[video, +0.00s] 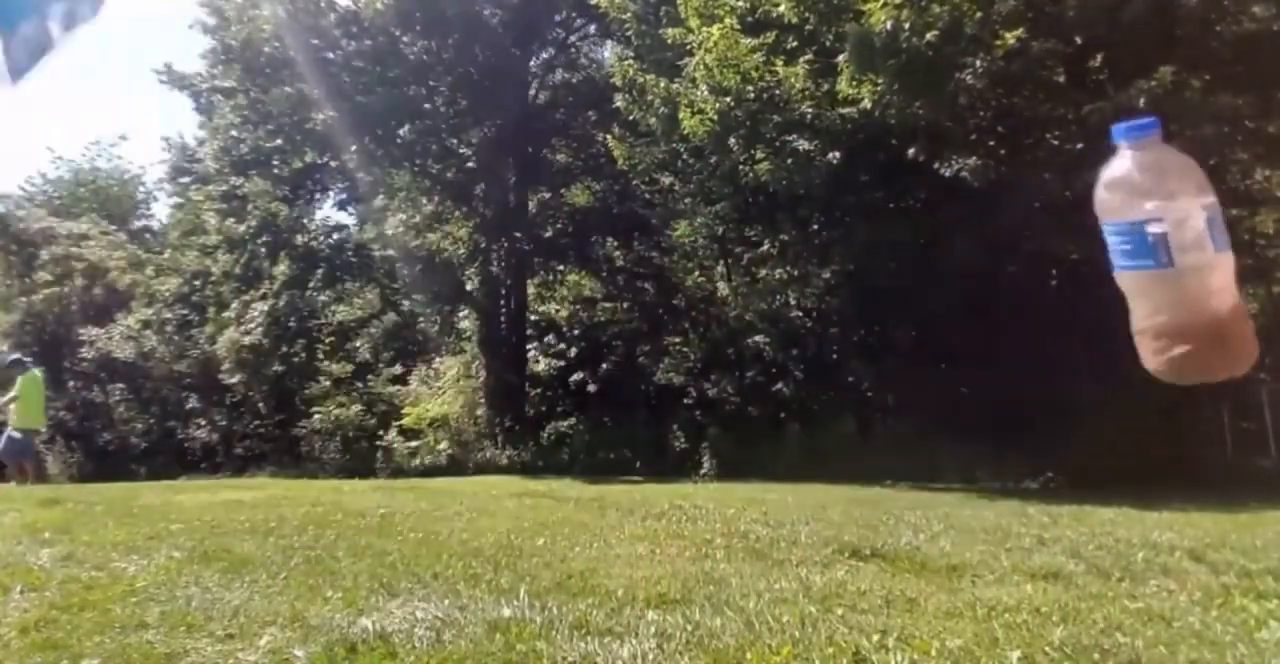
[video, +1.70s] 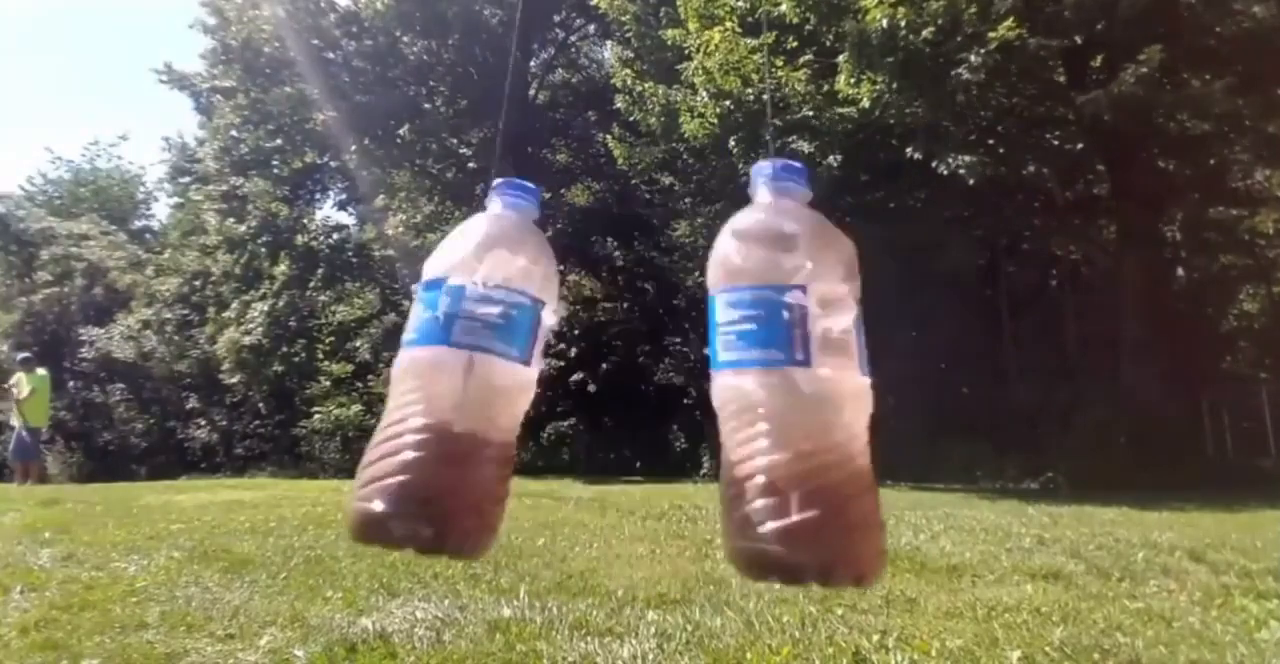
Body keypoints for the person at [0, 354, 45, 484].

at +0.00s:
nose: (14, 372)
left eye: (14, 368)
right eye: (12, 369)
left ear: (20, 366)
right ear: (26, 365)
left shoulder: (23, 378)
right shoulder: (37, 376)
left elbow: (15, 395)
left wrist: (3, 403)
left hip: (20, 424)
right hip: (34, 424)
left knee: (6, 452)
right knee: (27, 455)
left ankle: (20, 479)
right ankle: (31, 480)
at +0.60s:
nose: (16, 369)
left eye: (17, 366)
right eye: (15, 366)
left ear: (21, 365)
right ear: (30, 362)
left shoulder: (22, 377)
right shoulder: (40, 375)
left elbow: (19, 395)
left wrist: (4, 411)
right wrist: (7, 401)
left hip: (20, 423)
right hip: (34, 423)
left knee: (14, 454)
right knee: (30, 455)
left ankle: (19, 483)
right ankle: (31, 483)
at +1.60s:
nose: (25, 368)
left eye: (26, 365)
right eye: (22, 365)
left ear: (32, 363)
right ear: (20, 366)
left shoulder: (40, 375)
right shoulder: (21, 375)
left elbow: (31, 393)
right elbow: (9, 387)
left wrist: (17, 405)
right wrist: (15, 396)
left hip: (34, 422)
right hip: (21, 421)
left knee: (33, 454)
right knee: (15, 453)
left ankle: (33, 481)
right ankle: (19, 480)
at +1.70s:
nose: (24, 369)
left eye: (26, 365)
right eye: (22, 366)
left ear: (31, 364)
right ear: (20, 366)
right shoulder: (21, 375)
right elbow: (9, 386)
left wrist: (13, 390)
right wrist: (8, 388)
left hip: (34, 422)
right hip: (21, 421)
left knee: (32, 454)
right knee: (15, 453)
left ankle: (32, 482)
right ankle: (19, 481)